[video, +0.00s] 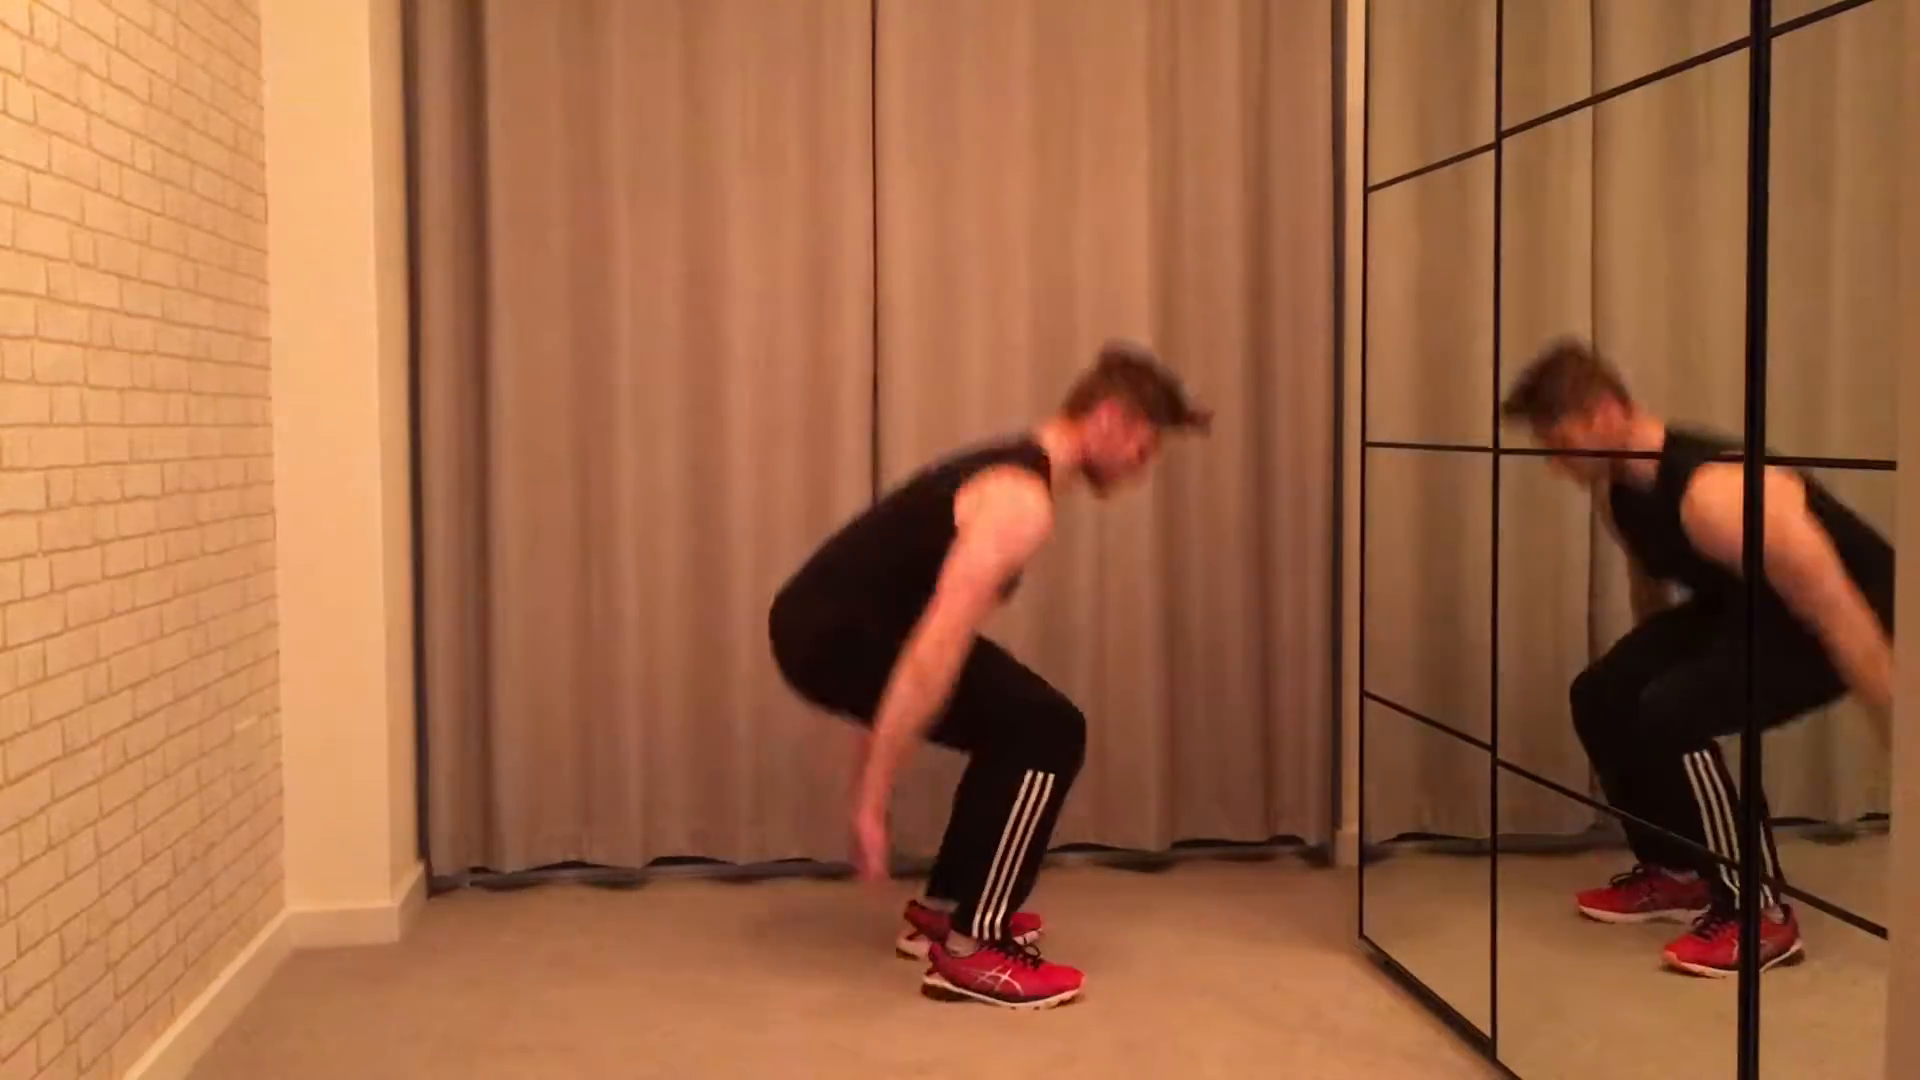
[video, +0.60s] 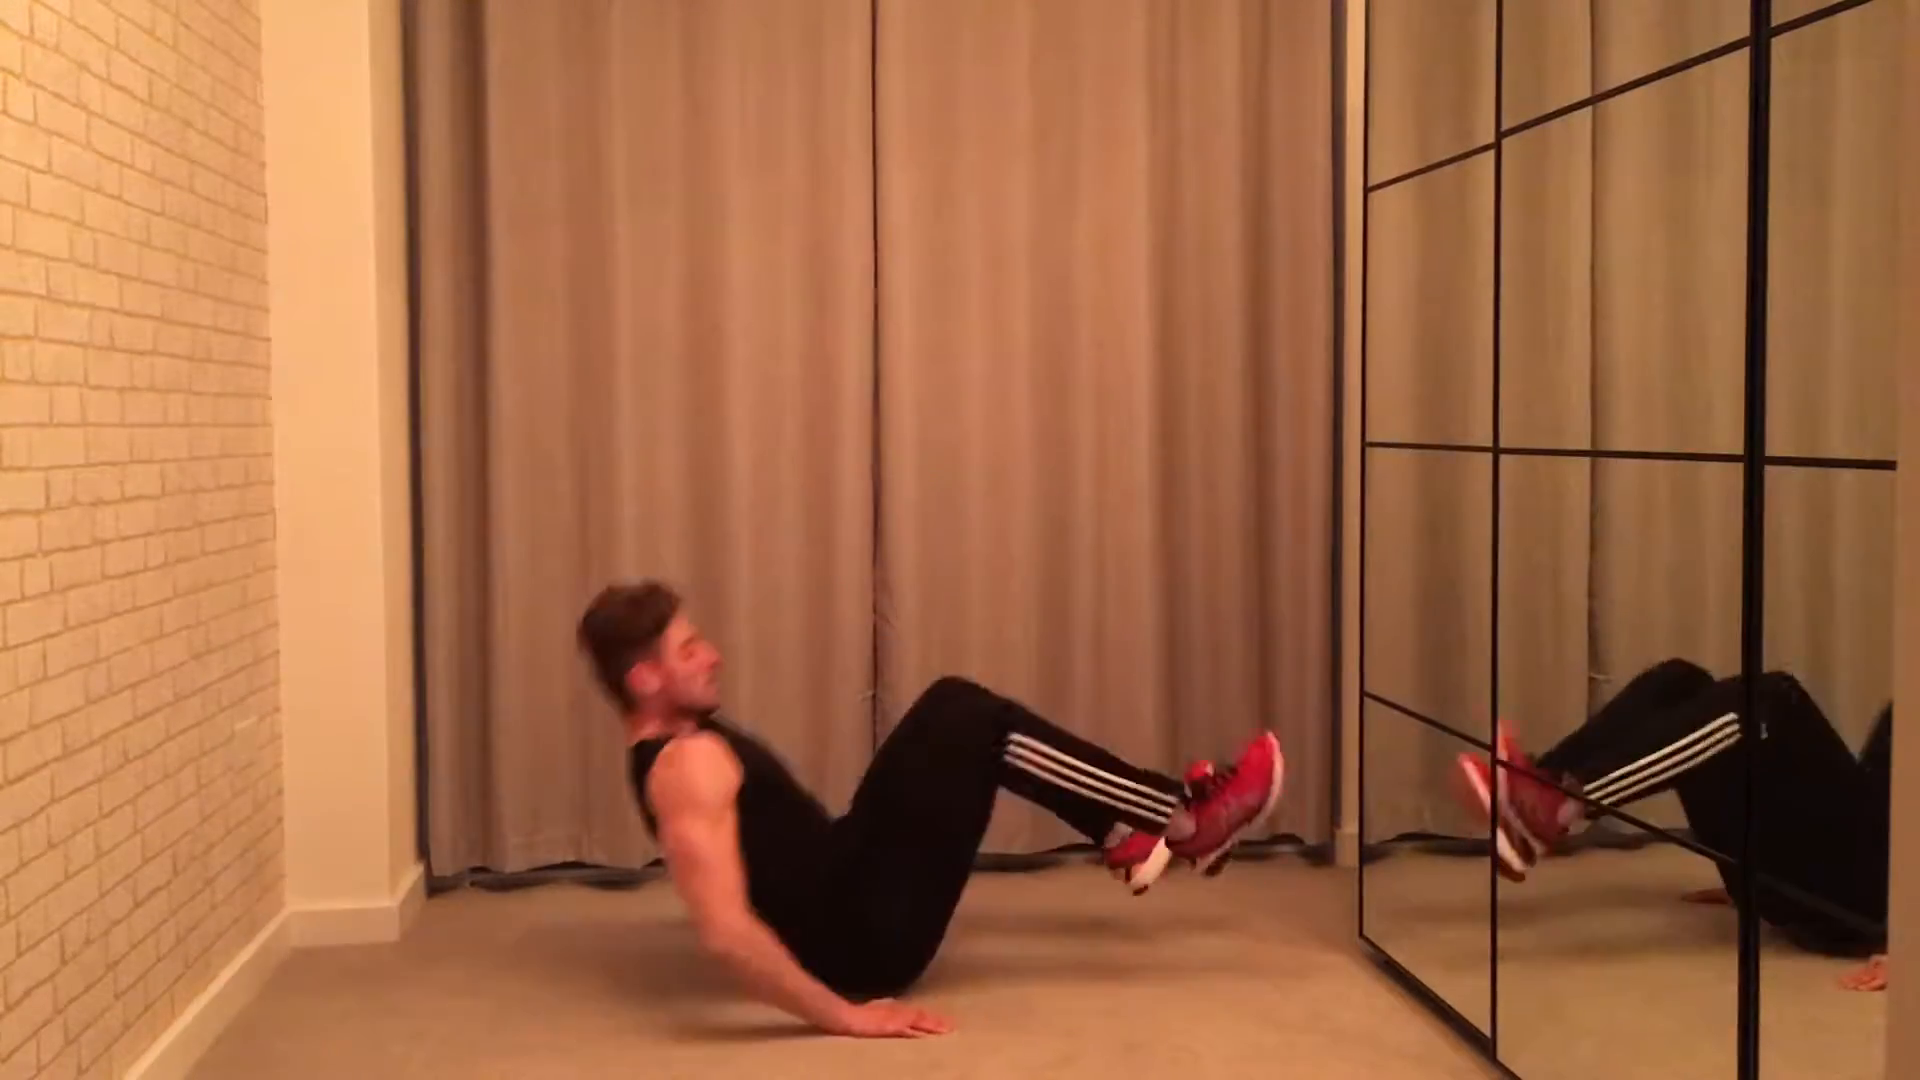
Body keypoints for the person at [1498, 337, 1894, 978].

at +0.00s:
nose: (1556, 463)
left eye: (1561, 443)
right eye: (1548, 449)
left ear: (1608, 414)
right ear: (1602, 417)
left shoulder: (1717, 495)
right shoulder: (1621, 485)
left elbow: (1842, 615)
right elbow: (1650, 594)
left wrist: (1903, 738)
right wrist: (1644, 680)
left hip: (1832, 622)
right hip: (1745, 605)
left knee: (1669, 714)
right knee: (1601, 699)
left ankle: (1758, 913)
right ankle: (1676, 871)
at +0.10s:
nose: (1561, 547)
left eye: (1566, 527)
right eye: (1554, 531)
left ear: (1614, 503)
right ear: (1612, 507)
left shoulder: (1729, 587)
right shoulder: (1627, 573)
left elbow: (1845, 733)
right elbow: (1661, 675)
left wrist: (1885, 883)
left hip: (1860, 698)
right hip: (1765, 672)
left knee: (1671, 717)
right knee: (1595, 703)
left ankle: (1757, 915)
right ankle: (1674, 874)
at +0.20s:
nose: (1590, 584)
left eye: (1597, 564)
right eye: (1585, 568)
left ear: (1648, 544)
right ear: (1647, 547)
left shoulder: (1758, 636)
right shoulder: (1656, 621)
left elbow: (1855, 785)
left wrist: (1896, 929)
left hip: (1869, 769)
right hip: (1794, 744)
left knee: (1683, 725)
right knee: (1593, 706)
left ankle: (1756, 916)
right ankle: (1671, 873)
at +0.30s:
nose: (1654, 575)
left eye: (1667, 554)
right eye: (1652, 556)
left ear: (1721, 542)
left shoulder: (1820, 637)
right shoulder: (1712, 621)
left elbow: (1877, 799)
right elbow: (1726, 740)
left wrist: (1904, 939)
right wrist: (1757, 856)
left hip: (1847, 825)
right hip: (1783, 796)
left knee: (1688, 715)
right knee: (1592, 703)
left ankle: (1749, 914)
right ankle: (1670, 875)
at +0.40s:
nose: (1797, 565)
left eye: (1812, 547)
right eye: (1796, 547)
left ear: (1866, 543)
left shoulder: (1885, 639)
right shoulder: (1813, 627)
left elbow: (1906, 792)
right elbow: (1794, 742)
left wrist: (1902, 940)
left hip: (1826, 860)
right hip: (1775, 840)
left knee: (1717, 678)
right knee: (1619, 665)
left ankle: (1665, 881)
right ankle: (1631, 862)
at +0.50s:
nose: (1896, 597)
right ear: (1896, 597)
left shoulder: (1899, 666)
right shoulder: (1879, 658)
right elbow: (1835, 780)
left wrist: (1900, 955)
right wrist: (1754, 883)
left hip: (1846, 884)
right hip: (1785, 875)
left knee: (1748, 687)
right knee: (1650, 664)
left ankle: (1563, 836)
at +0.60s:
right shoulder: (1895, 719)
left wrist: (1902, 948)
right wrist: (1753, 886)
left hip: (1857, 914)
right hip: (1798, 897)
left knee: (1774, 702)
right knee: (1676, 682)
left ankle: (1562, 807)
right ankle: (1532, 801)